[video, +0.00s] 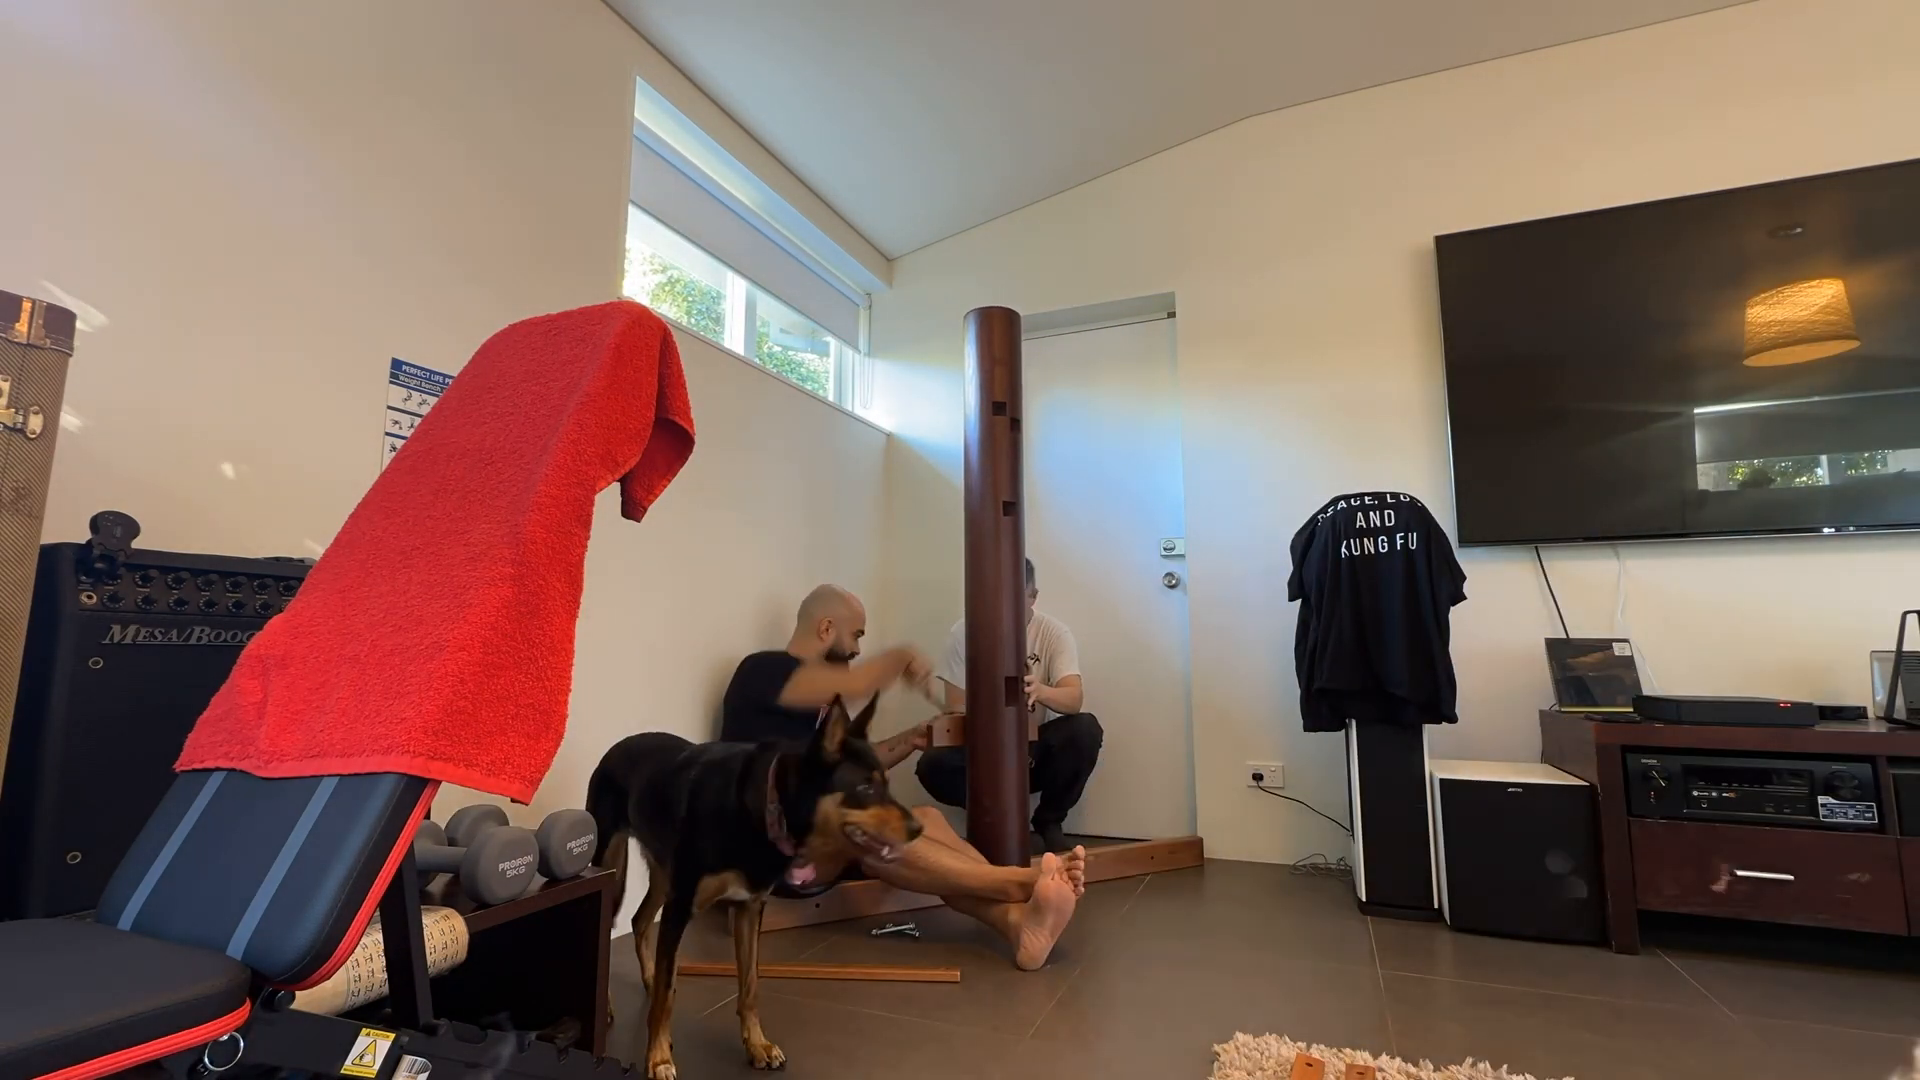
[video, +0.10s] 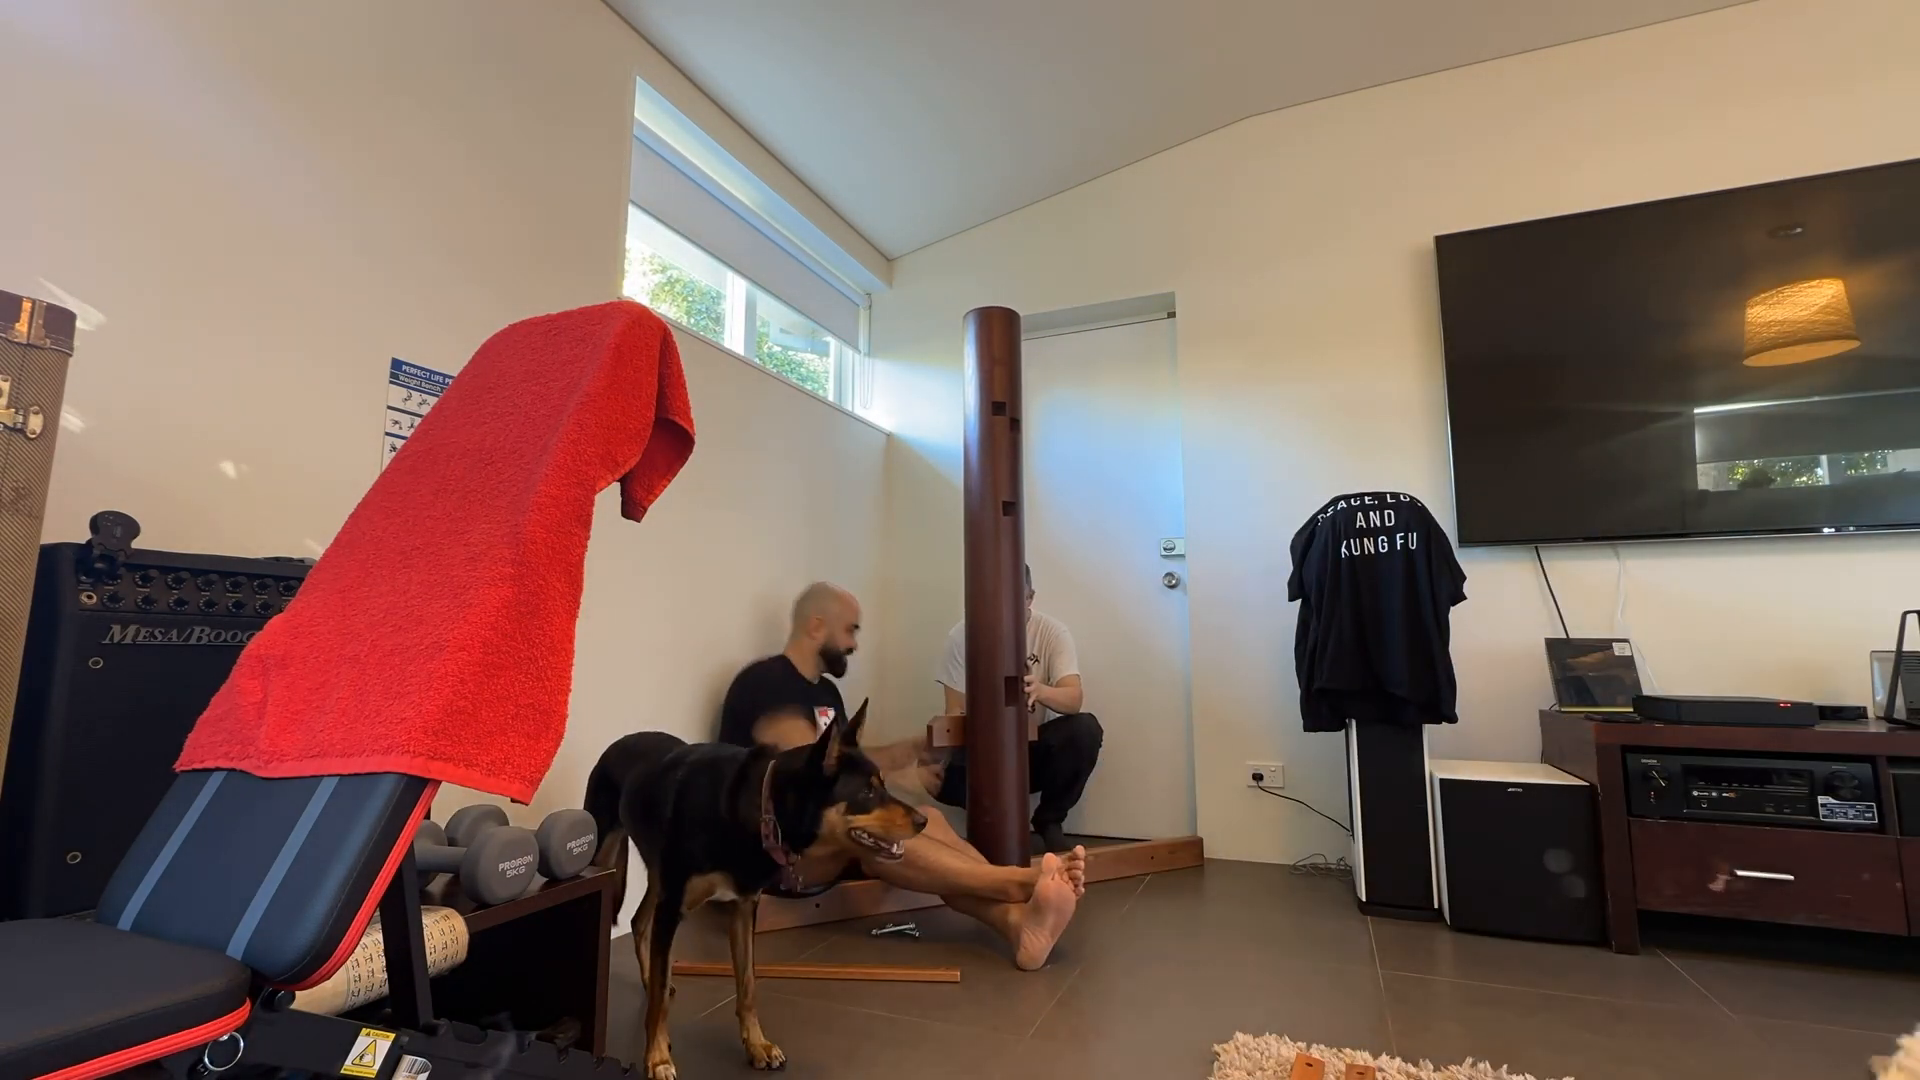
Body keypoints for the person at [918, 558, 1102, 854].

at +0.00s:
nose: (1012, 607)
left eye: (1019, 598)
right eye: (1003, 597)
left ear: (1032, 597)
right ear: (989, 596)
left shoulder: (1053, 634)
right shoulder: (965, 633)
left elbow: (1073, 700)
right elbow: (956, 709)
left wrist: (1041, 691)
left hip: (1032, 751)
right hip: (980, 752)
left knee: (1084, 728)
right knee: (934, 766)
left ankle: (1049, 820)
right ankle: (998, 814)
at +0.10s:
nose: (1013, 608)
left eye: (1020, 599)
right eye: (1003, 599)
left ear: (1031, 597)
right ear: (987, 598)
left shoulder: (1052, 633)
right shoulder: (963, 637)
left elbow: (1073, 701)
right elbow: (955, 716)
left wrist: (1041, 691)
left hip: (1033, 752)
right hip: (980, 756)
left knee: (1083, 729)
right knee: (943, 776)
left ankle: (1049, 820)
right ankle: (1000, 819)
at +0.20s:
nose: (1013, 608)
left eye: (1020, 598)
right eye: (1004, 599)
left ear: (1032, 597)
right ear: (988, 597)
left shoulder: (1052, 632)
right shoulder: (964, 634)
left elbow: (1073, 701)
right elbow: (951, 714)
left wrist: (1042, 691)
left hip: (1033, 751)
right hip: (981, 755)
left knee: (1083, 729)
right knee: (945, 777)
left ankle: (1049, 819)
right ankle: (1002, 820)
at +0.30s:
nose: (1011, 608)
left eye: (1019, 599)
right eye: (1002, 599)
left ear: (1032, 598)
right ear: (988, 598)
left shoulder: (1053, 633)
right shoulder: (964, 635)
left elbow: (1073, 701)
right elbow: (957, 705)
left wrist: (1041, 691)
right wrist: (1001, 702)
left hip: (1033, 751)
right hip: (981, 754)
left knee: (1084, 729)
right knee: (938, 764)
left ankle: (1050, 820)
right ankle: (999, 817)